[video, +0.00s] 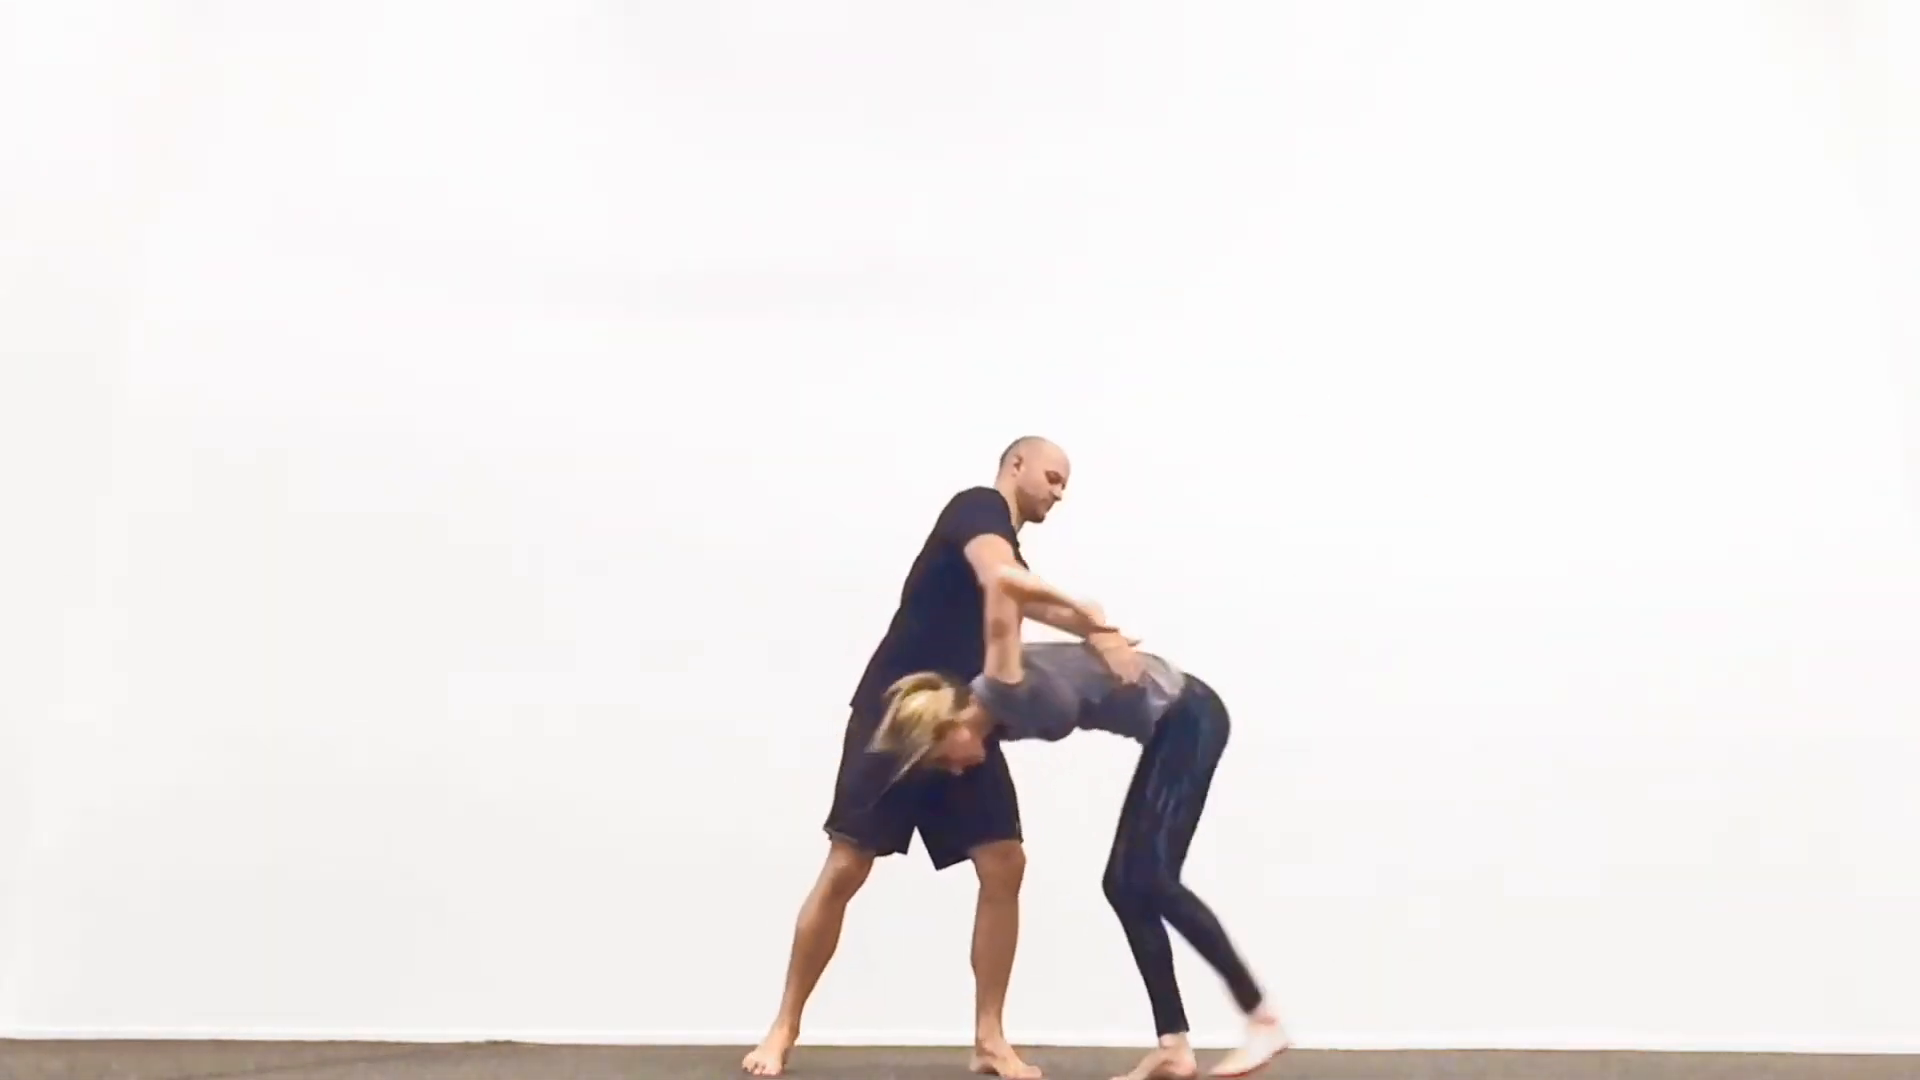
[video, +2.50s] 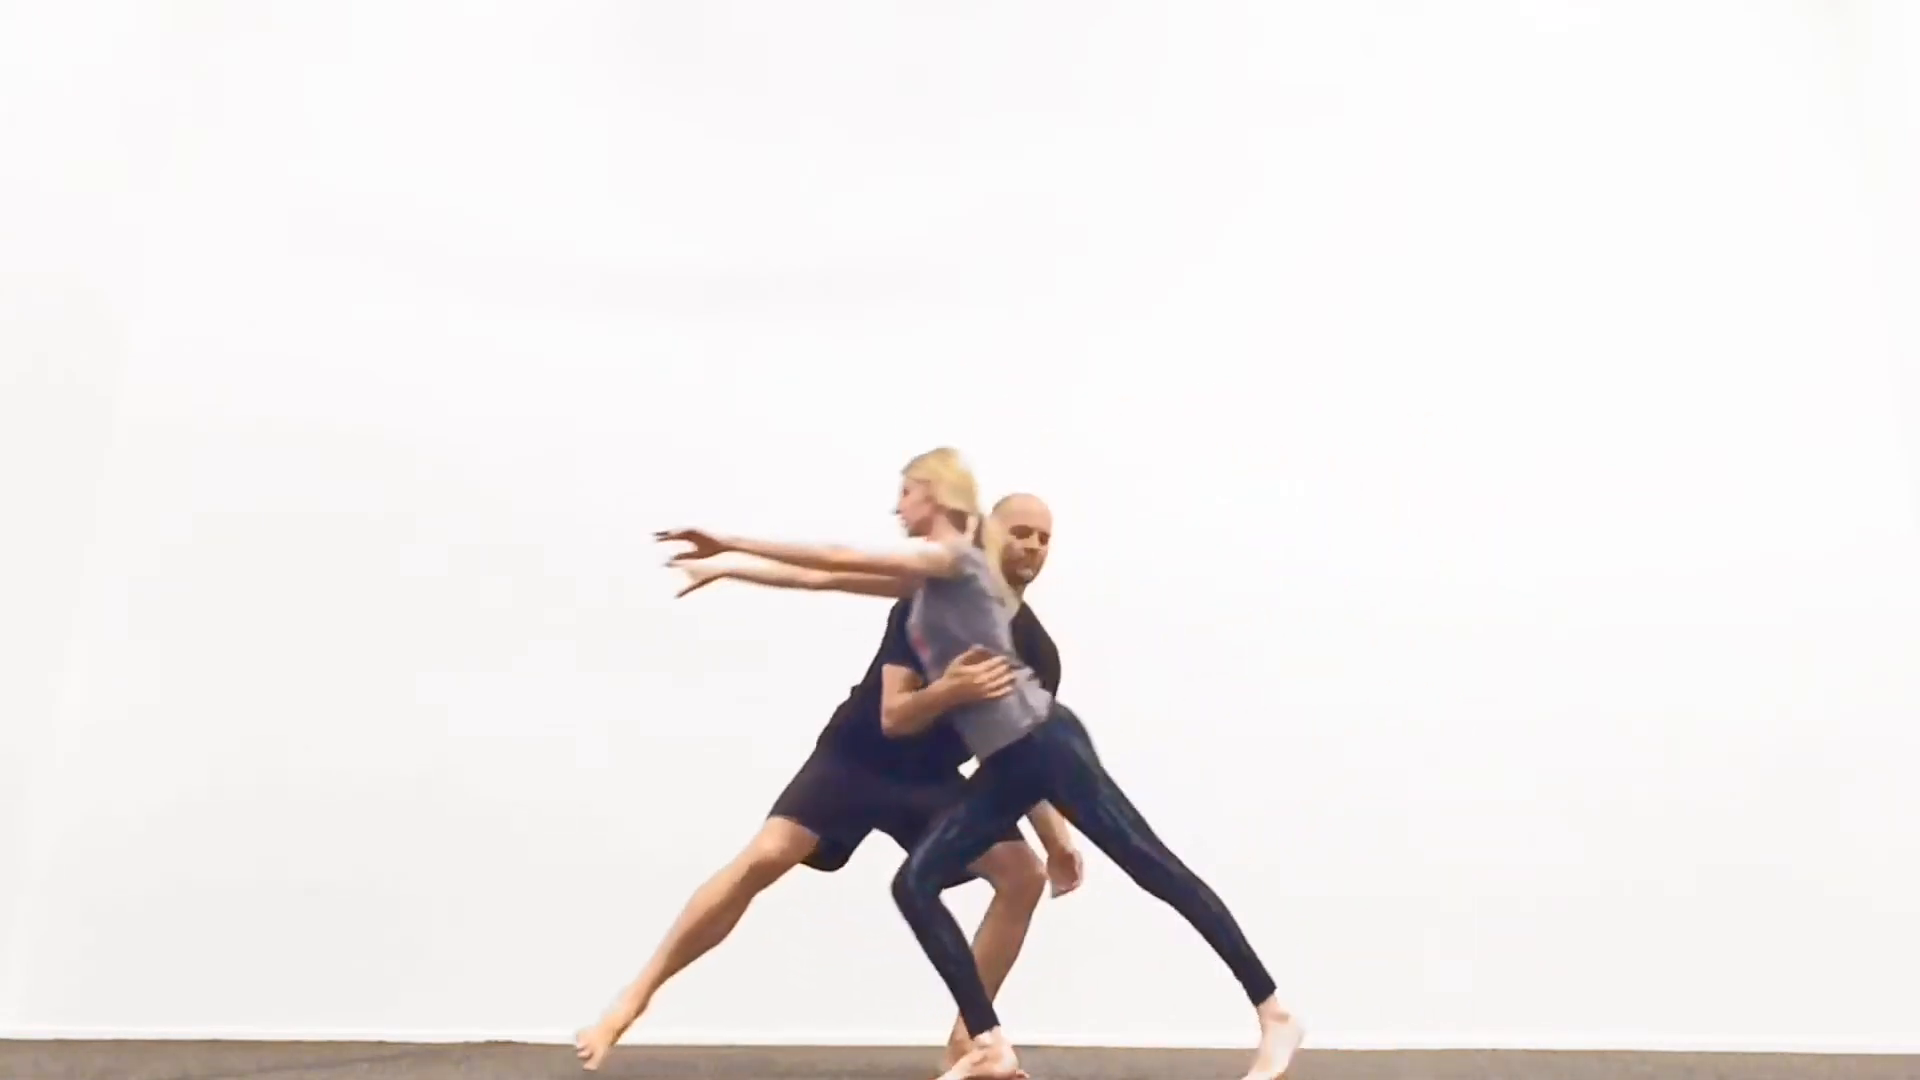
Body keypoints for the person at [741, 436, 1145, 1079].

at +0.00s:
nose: (1059, 491)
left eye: (1065, 485)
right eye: (1053, 477)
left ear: (1034, 481)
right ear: (1014, 465)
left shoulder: (1006, 545)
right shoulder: (977, 505)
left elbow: (1010, 632)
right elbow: (1000, 580)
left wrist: (1101, 640)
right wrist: (1095, 626)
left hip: (963, 709)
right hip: (896, 706)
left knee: (1005, 864)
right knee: (845, 870)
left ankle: (991, 1040)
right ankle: (783, 1029)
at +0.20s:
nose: (1066, 471)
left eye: (1071, 466)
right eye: (1059, 457)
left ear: (1056, 473)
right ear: (1021, 446)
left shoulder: (1033, 561)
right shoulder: (983, 476)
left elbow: (1021, 662)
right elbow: (978, 497)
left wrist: (1080, 696)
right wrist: (1074, 543)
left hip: (982, 706)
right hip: (917, 692)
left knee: (1000, 864)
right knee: (890, 849)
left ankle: (990, 1040)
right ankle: (816, 1004)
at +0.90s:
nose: (1009, 419)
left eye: (1009, 409)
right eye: (998, 405)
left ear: (976, 412)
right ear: (953, 405)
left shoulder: (974, 497)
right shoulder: (931, 479)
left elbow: (1006, 625)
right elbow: (936, 585)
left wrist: (1099, 617)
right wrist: (1046, 596)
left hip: (980, 698)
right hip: (934, 694)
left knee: (984, 859)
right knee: (928, 855)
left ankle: (961, 1033)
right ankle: (901, 1047)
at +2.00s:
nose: (1060, 451)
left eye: (1063, 440)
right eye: (1049, 438)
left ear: (1053, 447)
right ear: (1008, 439)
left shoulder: (1044, 537)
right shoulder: (955, 510)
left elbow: (1052, 644)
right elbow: (947, 621)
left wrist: (1035, 604)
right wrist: (1041, 638)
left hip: (976, 708)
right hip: (911, 699)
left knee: (999, 866)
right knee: (898, 843)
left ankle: (965, 1039)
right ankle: (836, 1022)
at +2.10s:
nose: (1068, 469)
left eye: (1072, 460)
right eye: (1056, 457)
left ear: (1064, 469)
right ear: (1016, 459)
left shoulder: (1051, 559)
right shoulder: (962, 527)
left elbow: (1042, 675)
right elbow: (960, 635)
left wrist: (1016, 640)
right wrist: (1052, 636)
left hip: (970, 717)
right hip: (903, 705)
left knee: (1011, 868)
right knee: (880, 838)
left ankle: (965, 1041)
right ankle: (787, 1009)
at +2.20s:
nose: (1074, 492)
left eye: (1079, 481)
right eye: (1061, 478)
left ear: (1075, 492)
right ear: (1019, 480)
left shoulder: (1055, 583)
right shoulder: (967, 543)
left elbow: (1041, 677)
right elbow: (962, 648)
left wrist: (1044, 725)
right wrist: (1048, 640)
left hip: (963, 732)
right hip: (897, 714)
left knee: (1017, 873)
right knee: (851, 844)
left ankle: (968, 1039)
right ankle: (740, 998)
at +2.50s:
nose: (1032, 549)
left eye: (1042, 539)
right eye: (1020, 535)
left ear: (1049, 550)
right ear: (984, 532)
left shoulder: (1034, 646)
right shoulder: (927, 599)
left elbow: (1021, 746)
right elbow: (894, 717)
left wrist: (1057, 837)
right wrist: (953, 690)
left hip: (931, 774)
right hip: (854, 759)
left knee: (1024, 878)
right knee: (766, 857)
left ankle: (962, 1045)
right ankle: (631, 1003)